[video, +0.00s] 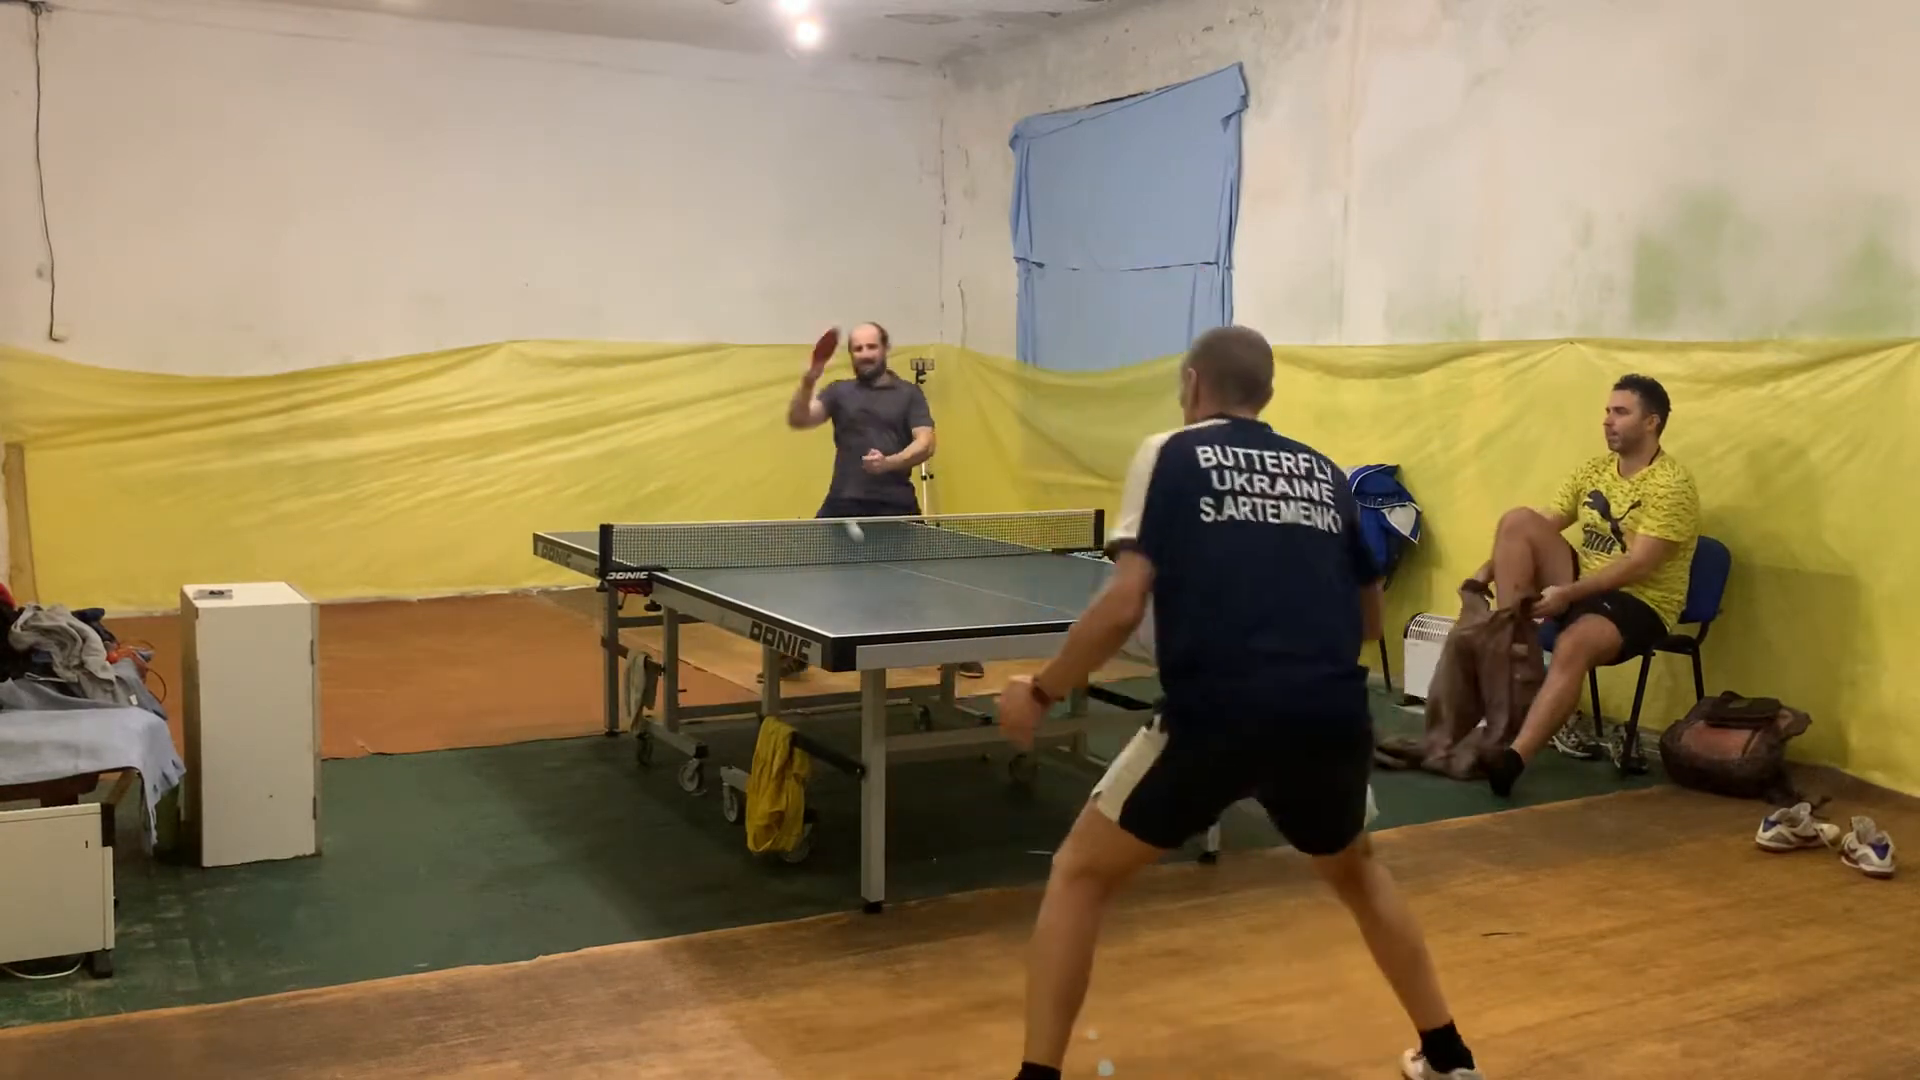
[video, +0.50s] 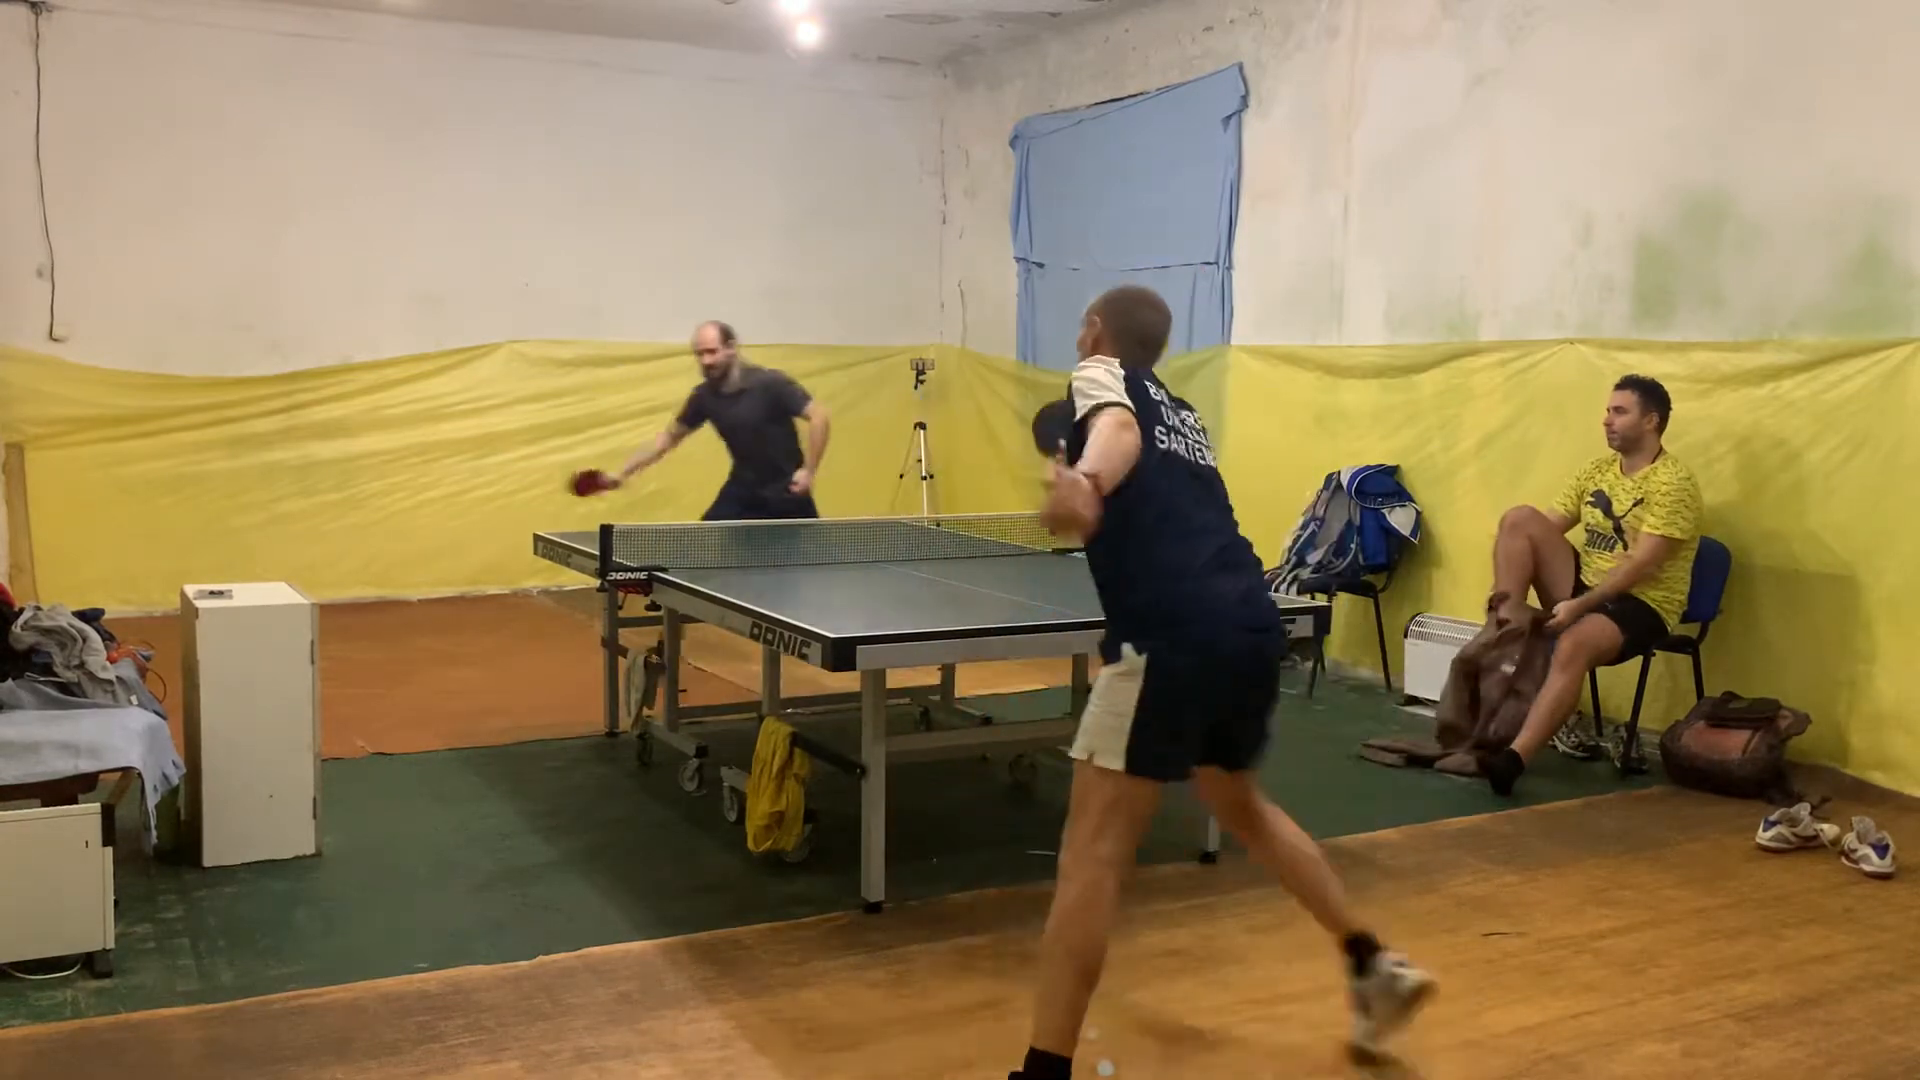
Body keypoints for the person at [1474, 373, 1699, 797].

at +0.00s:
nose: (1608, 421)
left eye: (1620, 413)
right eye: (1607, 412)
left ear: (1653, 422)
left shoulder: (1672, 485)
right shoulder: (1596, 471)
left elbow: (1641, 563)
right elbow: (1544, 524)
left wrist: (1569, 592)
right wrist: (1491, 568)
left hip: (1643, 601)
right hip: (1588, 584)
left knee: (1573, 645)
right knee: (1517, 524)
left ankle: (1515, 759)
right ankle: (1512, 655)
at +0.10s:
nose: (1608, 420)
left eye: (1620, 412)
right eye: (1607, 411)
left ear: (1653, 422)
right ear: (1606, 415)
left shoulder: (1672, 483)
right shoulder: (1596, 471)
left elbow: (1637, 558)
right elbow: (1536, 523)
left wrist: (1568, 590)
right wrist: (1479, 568)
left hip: (1643, 600)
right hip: (1588, 586)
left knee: (1574, 645)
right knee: (1522, 519)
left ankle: (1514, 760)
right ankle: (1523, 634)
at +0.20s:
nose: (1607, 420)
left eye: (1619, 412)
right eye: (1606, 411)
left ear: (1652, 422)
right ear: (1605, 415)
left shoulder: (1671, 482)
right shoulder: (1597, 471)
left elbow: (1634, 554)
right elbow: (1535, 523)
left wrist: (1568, 590)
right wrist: (1477, 567)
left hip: (1644, 601)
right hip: (1590, 587)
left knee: (1575, 645)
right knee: (1523, 519)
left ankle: (1514, 760)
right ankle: (1525, 634)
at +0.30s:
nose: (1607, 421)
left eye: (1619, 413)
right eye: (1606, 412)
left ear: (1652, 422)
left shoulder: (1673, 482)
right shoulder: (1598, 471)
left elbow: (1633, 553)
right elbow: (1539, 523)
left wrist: (1567, 593)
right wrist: (1484, 572)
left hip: (1643, 601)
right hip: (1589, 587)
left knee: (1575, 646)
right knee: (1521, 519)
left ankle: (1515, 760)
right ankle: (1523, 635)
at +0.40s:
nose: (1608, 420)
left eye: (1619, 412)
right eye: (1607, 411)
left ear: (1653, 421)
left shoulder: (1674, 483)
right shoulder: (1598, 471)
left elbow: (1638, 557)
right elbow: (1543, 526)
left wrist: (1572, 598)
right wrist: (1500, 584)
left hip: (1644, 601)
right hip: (1588, 586)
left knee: (1575, 645)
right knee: (1520, 521)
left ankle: (1514, 760)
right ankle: (1512, 626)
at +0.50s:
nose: (1608, 420)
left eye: (1619, 412)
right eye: (1608, 412)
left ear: (1652, 421)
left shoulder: (1675, 484)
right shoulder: (1598, 471)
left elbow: (1643, 563)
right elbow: (1546, 528)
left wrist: (1581, 604)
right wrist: (1506, 589)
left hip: (1645, 601)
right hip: (1589, 587)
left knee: (1572, 647)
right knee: (1519, 521)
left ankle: (1514, 759)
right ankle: (1509, 633)